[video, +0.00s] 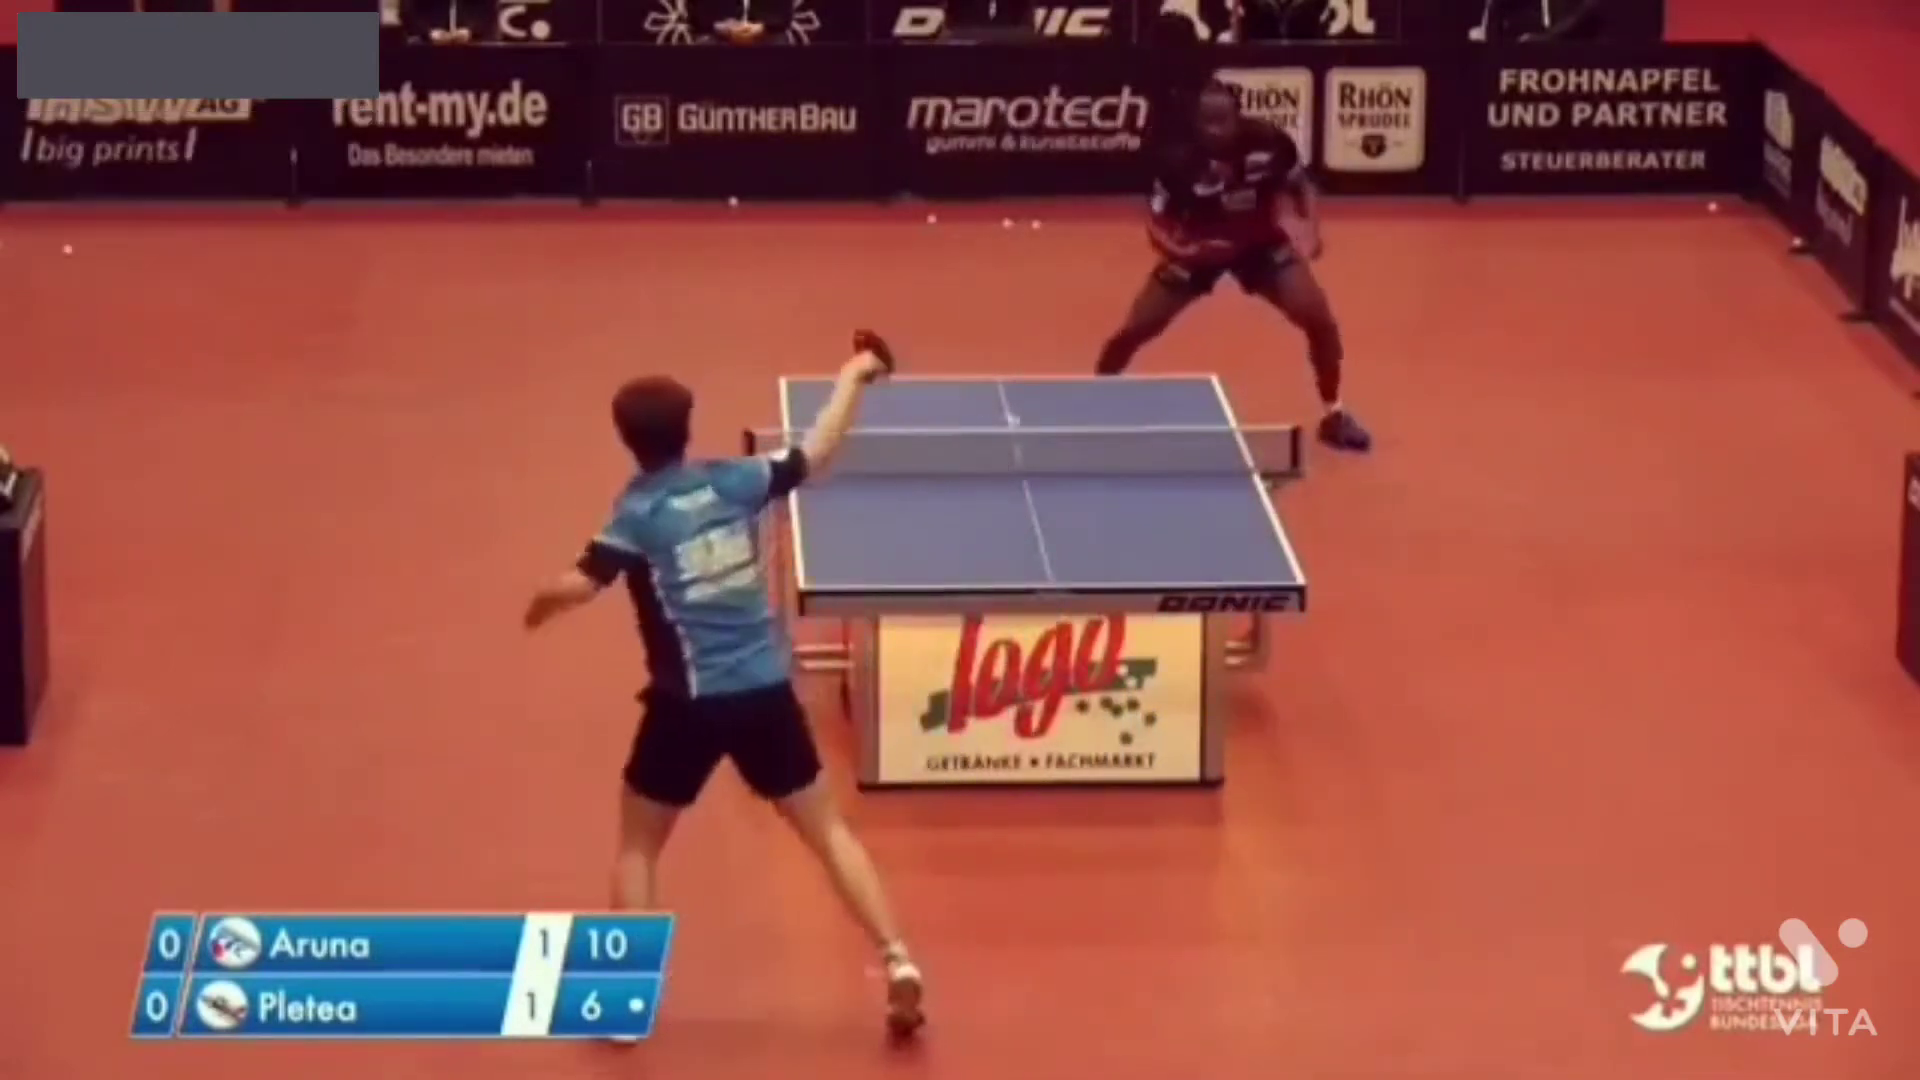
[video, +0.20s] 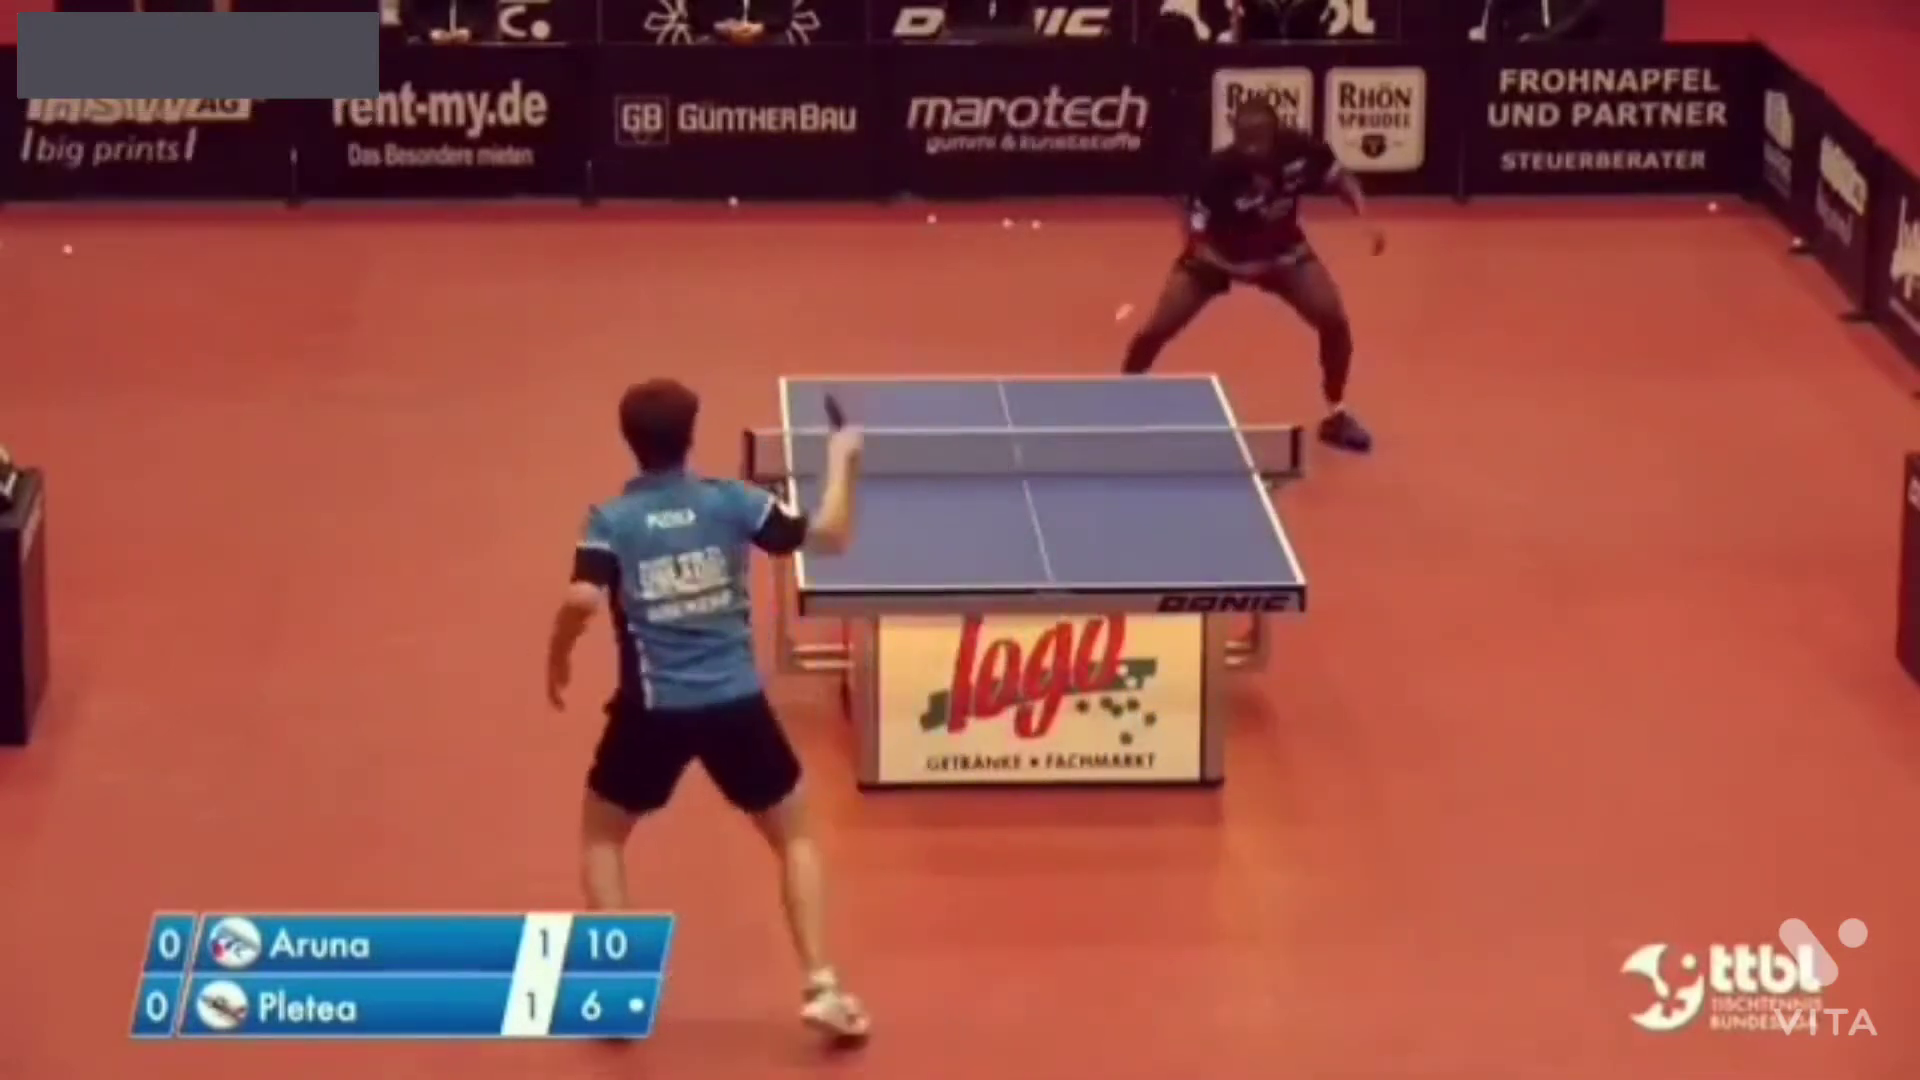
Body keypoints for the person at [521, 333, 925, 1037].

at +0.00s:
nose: (627, 439)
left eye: (627, 430)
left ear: (629, 442)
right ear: (686, 429)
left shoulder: (637, 512)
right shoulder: (734, 482)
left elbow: (582, 584)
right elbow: (814, 455)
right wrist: (852, 375)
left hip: (687, 705)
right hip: (765, 694)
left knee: (639, 845)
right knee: (828, 829)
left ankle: (627, 990)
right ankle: (898, 956)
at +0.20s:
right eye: (685, 426)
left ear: (628, 440)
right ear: (691, 435)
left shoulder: (612, 519)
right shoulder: (730, 501)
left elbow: (580, 602)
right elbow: (829, 535)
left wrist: (558, 661)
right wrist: (842, 465)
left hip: (653, 715)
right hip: (737, 710)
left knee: (603, 835)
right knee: (794, 834)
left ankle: (614, 981)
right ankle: (821, 984)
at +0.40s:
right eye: (718, 469)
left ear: (659, 477)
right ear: (719, 482)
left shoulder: (613, 537)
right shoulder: (736, 569)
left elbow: (540, 584)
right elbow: (781, 642)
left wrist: (571, 609)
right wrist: (815, 600)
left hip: (600, 738)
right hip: (685, 748)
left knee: (551, 837)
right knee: (763, 865)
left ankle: (511, 972)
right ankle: (778, 1016)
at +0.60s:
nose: (741, 480)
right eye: (740, 472)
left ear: (675, 478)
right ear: (734, 486)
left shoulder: (625, 519)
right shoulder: (733, 576)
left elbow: (561, 548)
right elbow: (754, 673)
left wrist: (610, 567)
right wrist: (806, 656)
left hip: (556, 712)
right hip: (633, 733)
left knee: (521, 802)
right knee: (751, 821)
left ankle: (454, 918)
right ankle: (716, 971)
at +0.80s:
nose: (735, 555)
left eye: (731, 545)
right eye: (732, 549)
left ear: (673, 545)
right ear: (720, 563)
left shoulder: (653, 575)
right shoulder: (671, 647)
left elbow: (714, 599)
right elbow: (645, 756)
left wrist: (779, 626)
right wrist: (707, 818)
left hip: (513, 731)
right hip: (564, 766)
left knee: (490, 834)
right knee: (702, 829)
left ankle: (370, 906)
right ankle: (704, 980)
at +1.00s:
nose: (592, 590)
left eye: (591, 580)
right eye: (589, 581)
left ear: (541, 579)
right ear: (570, 591)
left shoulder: (546, 621)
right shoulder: (497, 643)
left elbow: (556, 658)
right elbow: (431, 714)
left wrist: (594, 659)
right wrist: (412, 795)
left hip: (466, 776)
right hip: (493, 791)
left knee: (422, 840)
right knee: (624, 831)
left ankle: (341, 896)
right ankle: (694, 978)